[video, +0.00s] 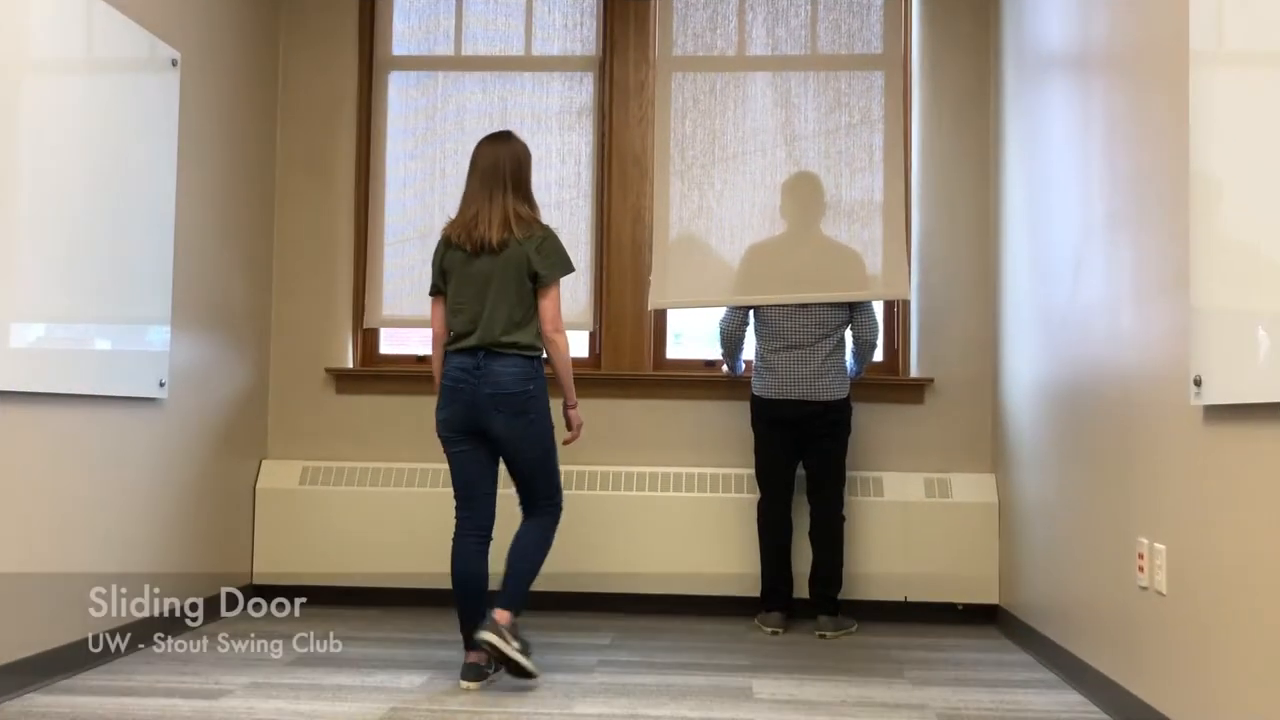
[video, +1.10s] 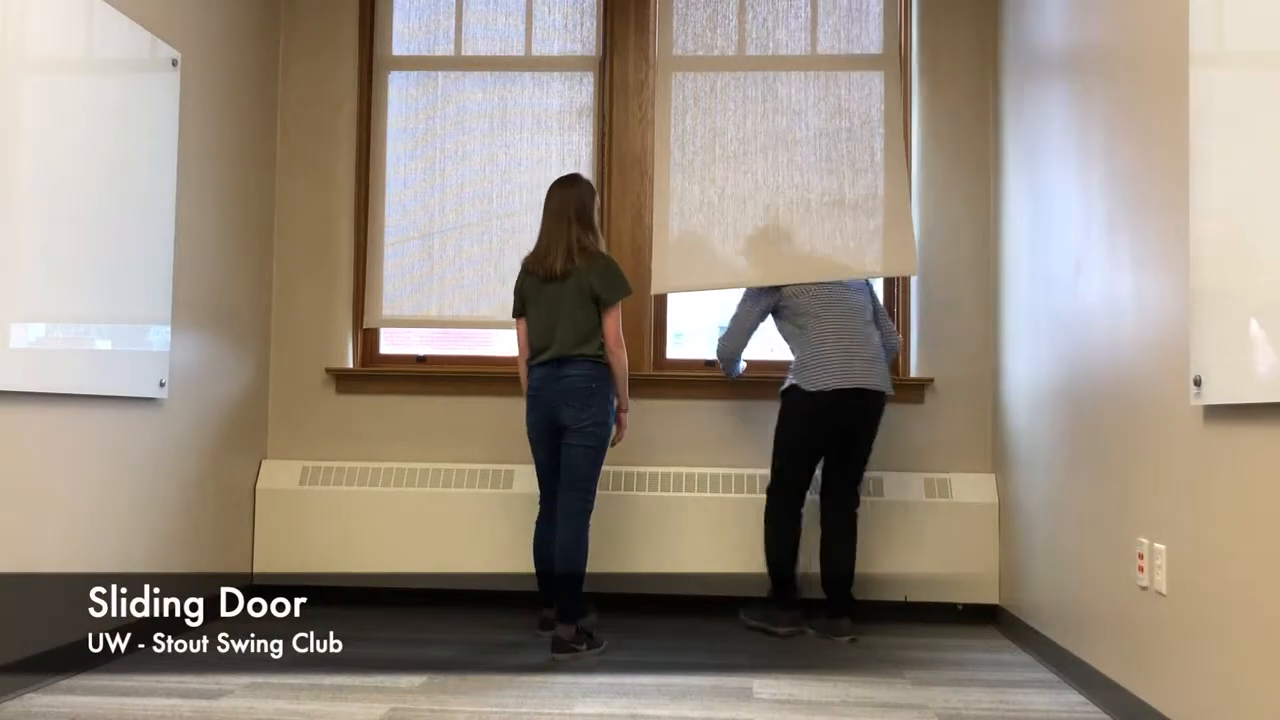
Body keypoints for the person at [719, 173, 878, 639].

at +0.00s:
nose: (800, 210)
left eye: (794, 201)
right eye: (808, 201)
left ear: (783, 206)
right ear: (822, 206)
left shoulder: (759, 256)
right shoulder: (845, 259)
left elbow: (732, 324)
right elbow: (867, 329)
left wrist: (733, 362)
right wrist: (855, 368)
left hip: (772, 398)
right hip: (827, 398)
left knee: (773, 503)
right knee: (827, 506)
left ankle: (774, 610)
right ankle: (826, 612)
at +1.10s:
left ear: (780, 241)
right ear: (821, 236)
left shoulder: (773, 273)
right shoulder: (852, 271)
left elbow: (731, 344)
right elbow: (891, 340)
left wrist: (729, 365)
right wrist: (866, 376)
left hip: (814, 390)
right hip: (869, 392)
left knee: (785, 495)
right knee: (841, 499)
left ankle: (783, 607)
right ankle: (839, 614)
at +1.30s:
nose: (733, 322)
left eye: (732, 312)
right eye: (727, 316)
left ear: (751, 297)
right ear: (759, 295)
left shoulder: (767, 315)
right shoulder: (808, 304)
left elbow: (758, 390)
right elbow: (896, 344)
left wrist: (737, 377)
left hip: (856, 391)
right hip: (897, 391)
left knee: (793, 498)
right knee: (844, 506)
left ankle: (831, 621)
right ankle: (842, 620)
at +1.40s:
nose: (727, 346)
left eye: (726, 335)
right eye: (722, 339)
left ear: (748, 319)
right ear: (750, 318)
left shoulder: (771, 333)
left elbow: (776, 419)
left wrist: (751, 407)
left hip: (875, 401)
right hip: (904, 397)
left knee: (822, 504)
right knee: (839, 506)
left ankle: (853, 637)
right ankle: (848, 628)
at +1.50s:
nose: (724, 351)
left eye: (727, 339)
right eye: (719, 343)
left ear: (752, 325)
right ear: (750, 328)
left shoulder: (778, 340)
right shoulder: (781, 334)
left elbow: (792, 427)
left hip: (900, 409)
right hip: (886, 408)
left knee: (846, 504)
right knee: (828, 492)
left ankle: (868, 655)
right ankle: (840, 616)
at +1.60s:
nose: (735, 331)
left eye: (740, 318)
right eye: (728, 324)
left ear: (768, 309)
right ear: (729, 326)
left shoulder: (802, 337)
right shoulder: (798, 338)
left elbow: (820, 420)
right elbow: (846, 413)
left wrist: (807, 483)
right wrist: (813, 481)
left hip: (909, 413)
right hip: (879, 416)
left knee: (852, 508)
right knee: (822, 498)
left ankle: (868, 656)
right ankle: (838, 617)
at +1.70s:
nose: (758, 293)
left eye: (766, 282)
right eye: (749, 287)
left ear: (789, 280)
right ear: (743, 293)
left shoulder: (816, 311)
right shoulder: (786, 322)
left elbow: (863, 380)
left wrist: (840, 454)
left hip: (912, 412)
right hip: (875, 414)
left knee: (857, 507)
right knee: (818, 497)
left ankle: (868, 657)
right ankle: (835, 616)